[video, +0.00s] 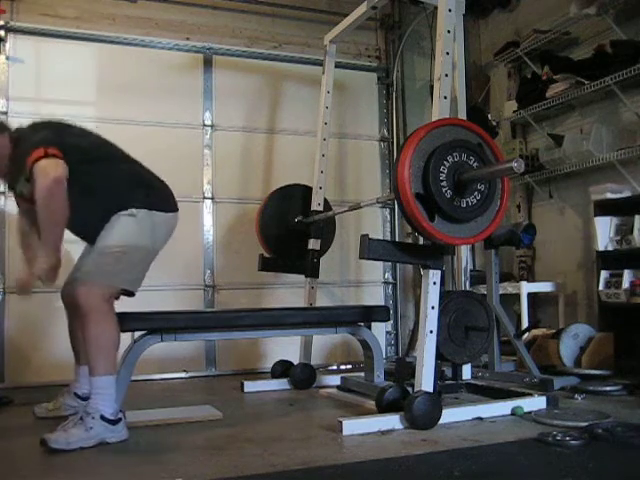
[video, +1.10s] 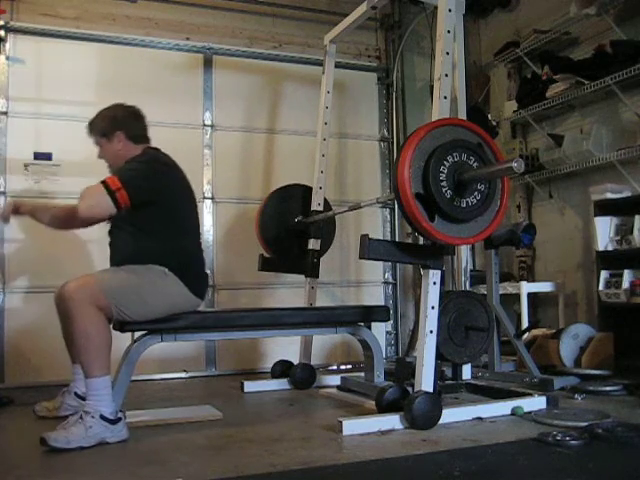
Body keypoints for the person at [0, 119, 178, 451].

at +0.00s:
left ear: (4, 141)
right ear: (6, 141)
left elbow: (52, 178)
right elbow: (28, 219)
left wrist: (51, 255)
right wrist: (29, 268)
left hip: (143, 208)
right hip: (119, 215)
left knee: (92, 294)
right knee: (73, 293)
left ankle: (106, 415)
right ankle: (84, 395)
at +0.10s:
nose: (0, 198)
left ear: (2, 169)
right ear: (4, 170)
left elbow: (56, 179)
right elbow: (40, 235)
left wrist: (65, 263)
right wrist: (60, 271)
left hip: (147, 216)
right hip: (123, 220)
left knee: (90, 294)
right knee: (71, 292)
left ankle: (105, 415)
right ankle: (82, 395)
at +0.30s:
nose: (3, 227)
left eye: (1, 219)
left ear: (4, 194)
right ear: (5, 192)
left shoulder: (34, 189)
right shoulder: (25, 211)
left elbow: (76, 217)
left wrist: (110, 285)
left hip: (154, 238)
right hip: (132, 240)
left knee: (72, 295)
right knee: (61, 295)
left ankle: (104, 415)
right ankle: (80, 395)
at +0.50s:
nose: (11, 221)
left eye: (4, 212)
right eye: (4, 217)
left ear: (9, 188)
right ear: (11, 185)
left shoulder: (55, 187)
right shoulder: (45, 192)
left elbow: (85, 233)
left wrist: (71, 303)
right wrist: (69, 288)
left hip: (158, 254)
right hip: (139, 252)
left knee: (72, 301)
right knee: (62, 296)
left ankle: (103, 415)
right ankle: (81, 393)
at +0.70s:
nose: (40, 201)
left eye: (36, 192)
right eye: (33, 197)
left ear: (48, 167)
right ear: (49, 166)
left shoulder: (88, 181)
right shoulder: (80, 181)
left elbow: (91, 238)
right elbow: (85, 241)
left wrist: (31, 287)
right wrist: (32, 285)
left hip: (165, 271)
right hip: (148, 269)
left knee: (75, 297)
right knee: (64, 295)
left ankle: (103, 416)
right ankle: (83, 393)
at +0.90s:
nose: (72, 177)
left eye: (72, 167)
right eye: (68, 171)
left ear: (91, 150)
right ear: (92, 151)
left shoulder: (126, 174)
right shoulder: (112, 179)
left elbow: (92, 232)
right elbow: (77, 241)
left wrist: (25, 247)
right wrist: (20, 249)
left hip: (173, 279)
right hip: (152, 278)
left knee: (80, 294)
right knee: (69, 294)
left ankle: (105, 416)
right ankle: (83, 393)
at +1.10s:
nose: (99, 153)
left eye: (101, 144)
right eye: (98, 145)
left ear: (120, 139)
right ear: (124, 140)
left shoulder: (151, 168)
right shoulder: (140, 169)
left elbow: (78, 214)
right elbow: (79, 217)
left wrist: (26, 208)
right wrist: (26, 208)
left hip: (173, 279)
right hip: (153, 276)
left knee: (80, 296)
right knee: (67, 296)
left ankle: (104, 415)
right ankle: (82, 394)